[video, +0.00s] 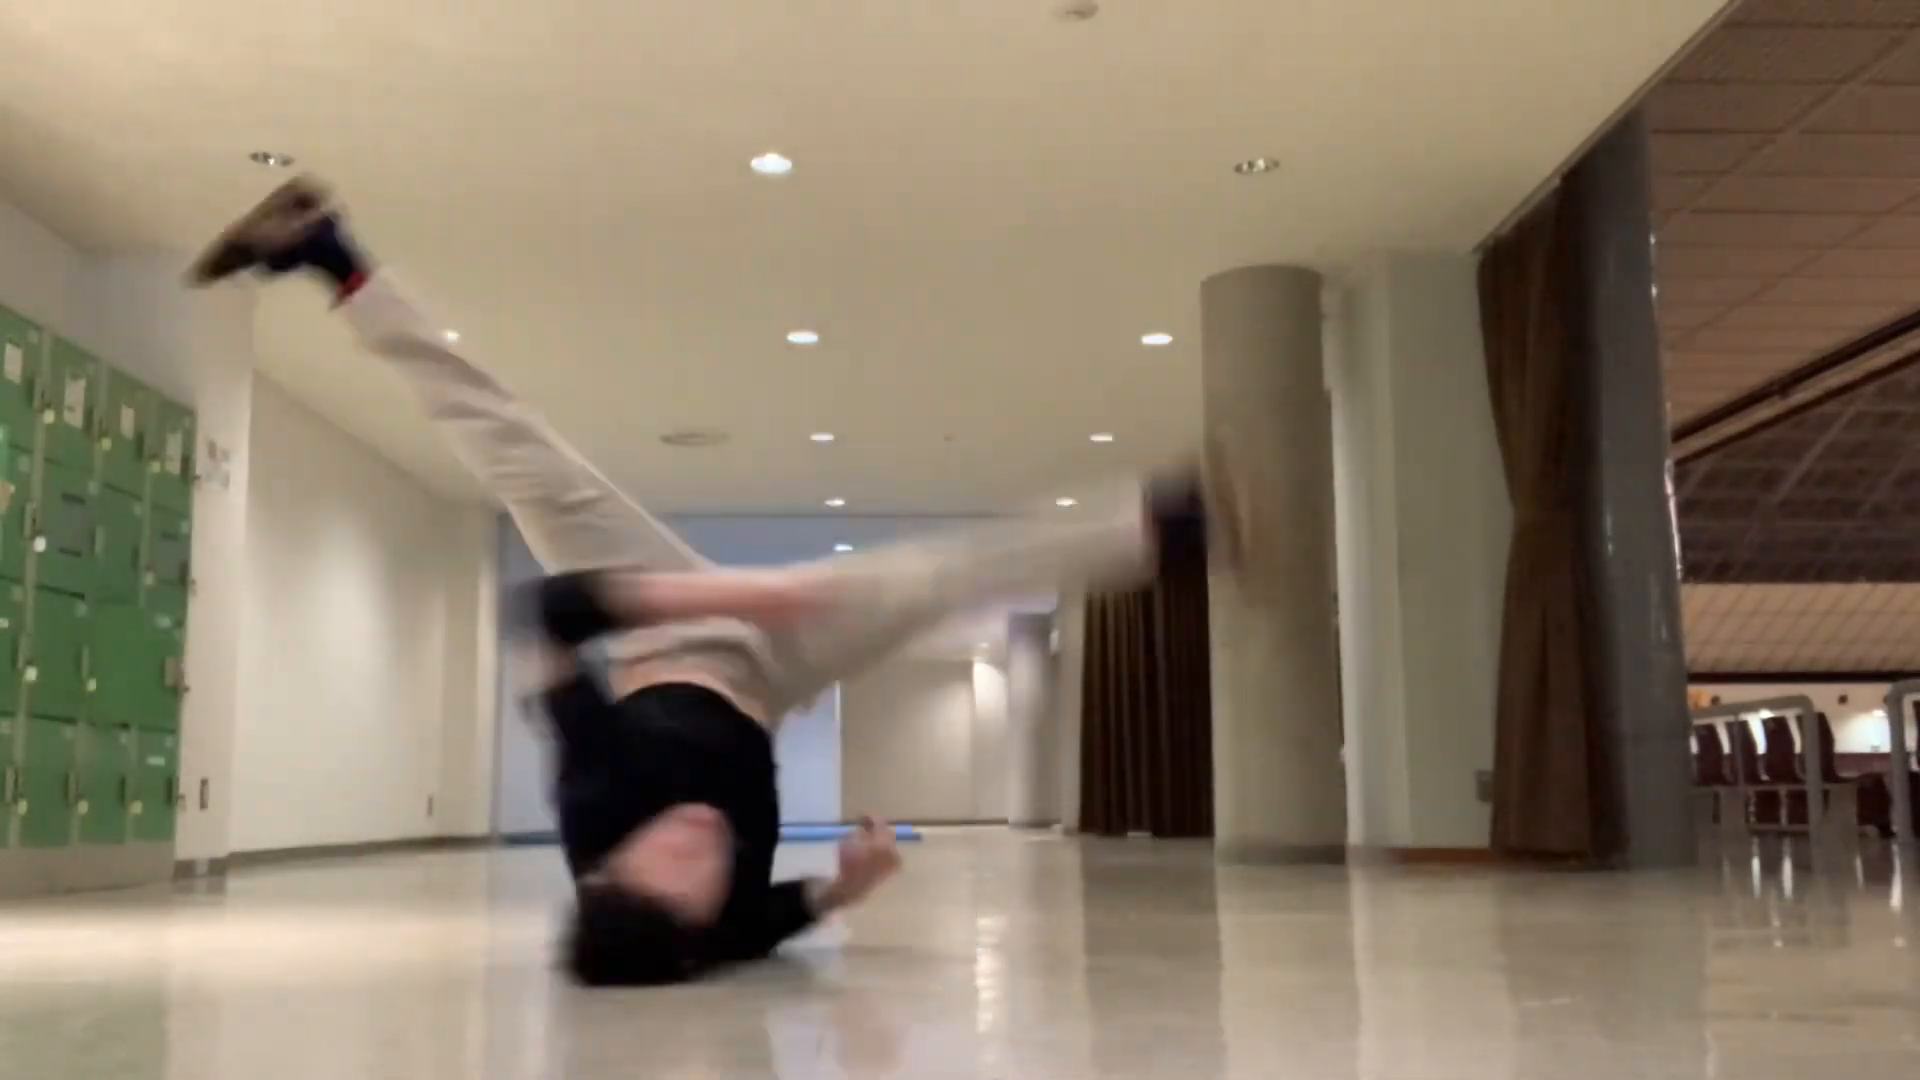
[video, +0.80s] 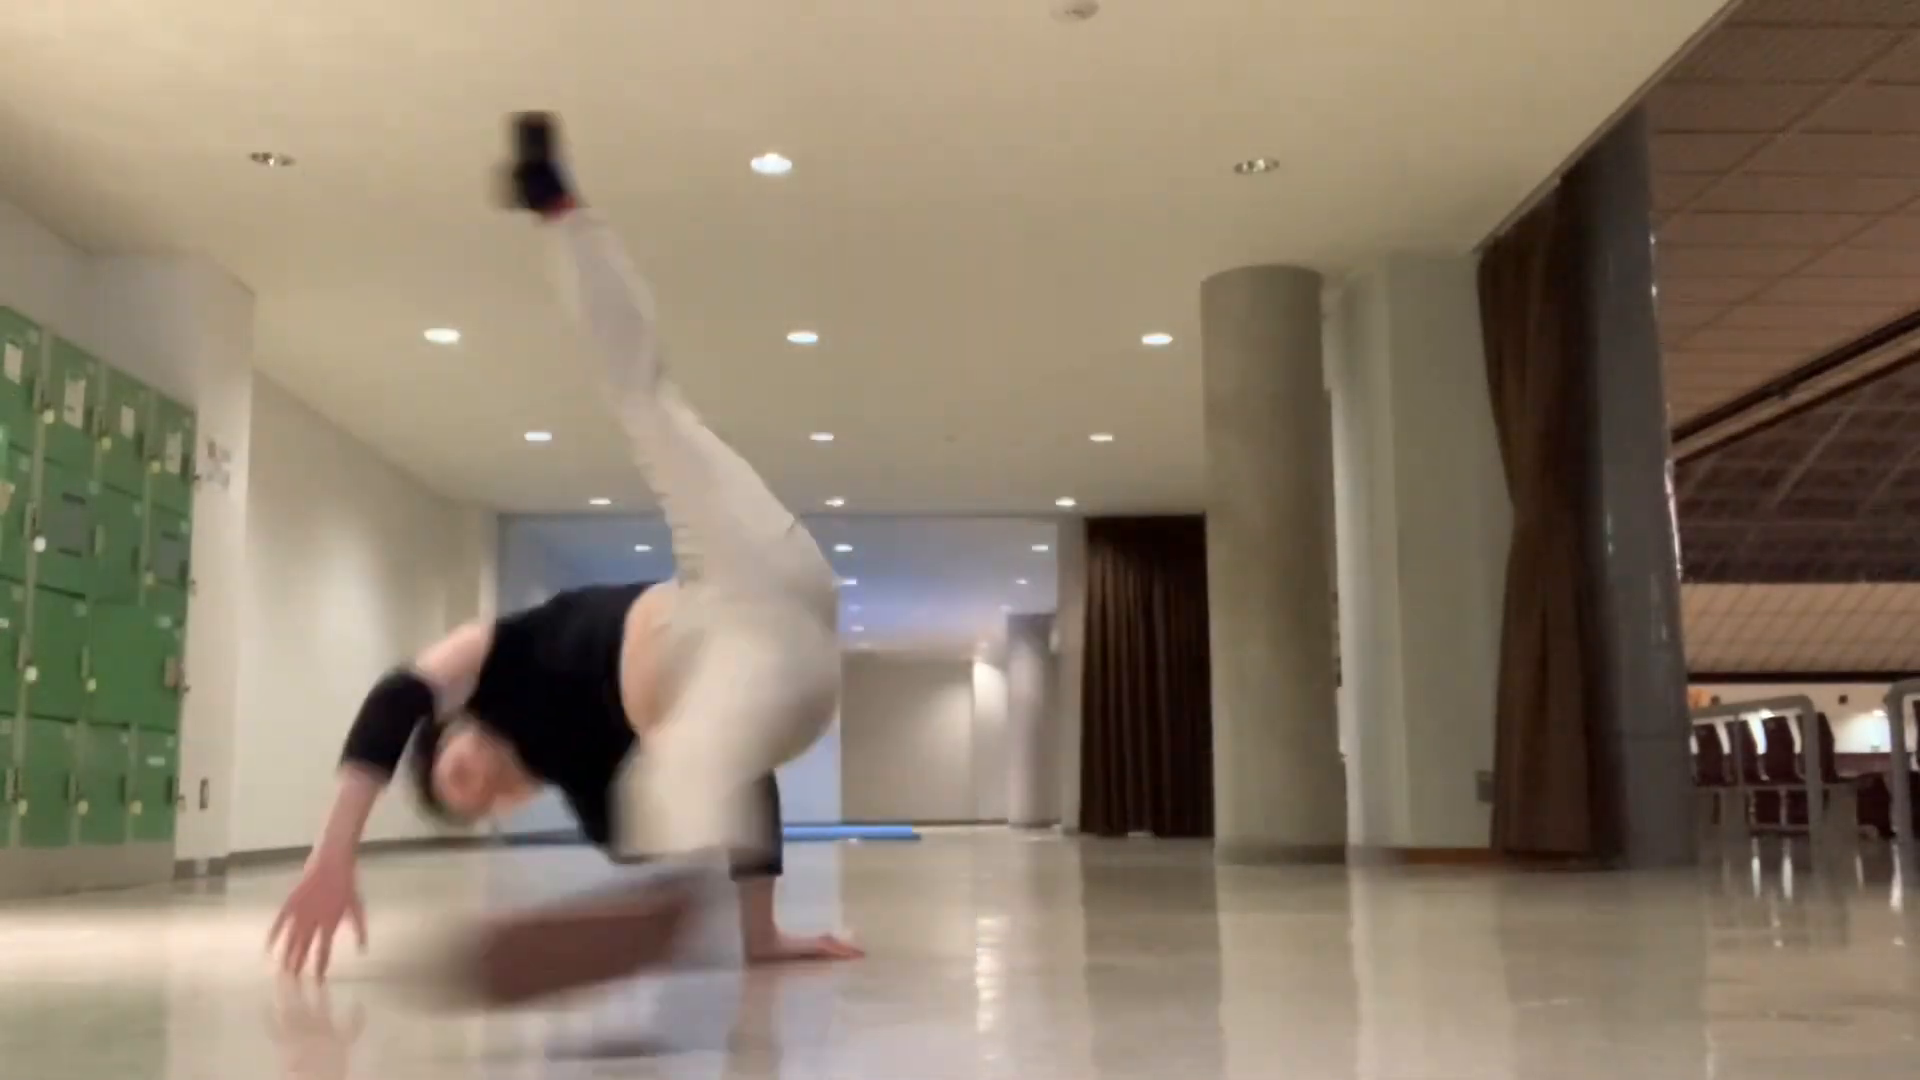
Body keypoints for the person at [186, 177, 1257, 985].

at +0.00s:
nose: (678, 846)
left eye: (638, 865)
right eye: (686, 881)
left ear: (614, 871)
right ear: (691, 920)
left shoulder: (593, 795)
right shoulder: (736, 916)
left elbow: (551, 614)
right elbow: (803, 908)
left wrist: (740, 597)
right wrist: (856, 877)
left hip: (657, 623)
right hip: (766, 679)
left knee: (515, 453)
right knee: (922, 581)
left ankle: (336, 264)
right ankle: (1155, 537)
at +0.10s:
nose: (517, 838)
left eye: (498, 855)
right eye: (522, 873)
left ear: (506, 836)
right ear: (570, 929)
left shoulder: (505, 805)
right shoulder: (695, 917)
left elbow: (441, 762)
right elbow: (871, 925)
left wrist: (394, 729)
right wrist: (848, 924)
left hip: (674, 570)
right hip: (771, 572)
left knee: (552, 469)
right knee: (883, 368)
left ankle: (424, 401)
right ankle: (1021, 170)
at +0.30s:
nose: (617, 907)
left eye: (599, 911)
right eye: (602, 917)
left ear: (590, 887)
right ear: (503, 870)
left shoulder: (704, 818)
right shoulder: (467, 746)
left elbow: (856, 789)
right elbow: (373, 622)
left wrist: (751, 868)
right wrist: (338, 775)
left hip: (761, 527)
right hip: (650, 446)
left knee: (936, 606)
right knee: (638, 226)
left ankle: (1084, 644)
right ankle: (610, 9)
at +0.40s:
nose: (579, 911)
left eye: (562, 914)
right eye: (565, 917)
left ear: (525, 875)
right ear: (541, 879)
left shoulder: (547, 790)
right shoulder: (483, 762)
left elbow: (691, 782)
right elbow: (442, 610)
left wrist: (650, 911)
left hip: (691, 515)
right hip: (645, 484)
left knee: (926, 595)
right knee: (673, 293)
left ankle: (1193, 659)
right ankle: (642, 133)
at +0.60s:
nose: (524, 896)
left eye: (490, 909)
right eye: (527, 917)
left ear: (468, 882)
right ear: (548, 903)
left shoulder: (435, 782)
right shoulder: (649, 836)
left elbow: (302, 792)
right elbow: (749, 786)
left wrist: (291, 950)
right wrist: (763, 940)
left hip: (669, 518)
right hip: (766, 589)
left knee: (499, 369)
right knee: (990, 519)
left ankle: (287, 218)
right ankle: (1193, 497)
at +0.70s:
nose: (484, 869)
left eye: (453, 873)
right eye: (485, 893)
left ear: (434, 842)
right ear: (508, 888)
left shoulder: (449, 742)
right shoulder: (612, 836)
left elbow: (332, 781)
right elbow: (733, 782)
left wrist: (293, 938)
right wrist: (762, 940)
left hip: (698, 532)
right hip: (751, 624)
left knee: (539, 362)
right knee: (983, 657)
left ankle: (359, 183)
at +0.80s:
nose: (464, 779)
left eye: (453, 769)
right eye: (463, 800)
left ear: (464, 734)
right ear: (490, 810)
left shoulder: (504, 662)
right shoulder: (607, 800)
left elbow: (396, 704)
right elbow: (745, 799)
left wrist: (332, 856)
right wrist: (764, 940)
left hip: (744, 570)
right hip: (759, 673)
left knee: (644, 399)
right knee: (674, 769)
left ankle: (558, 205)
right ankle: (661, 896)